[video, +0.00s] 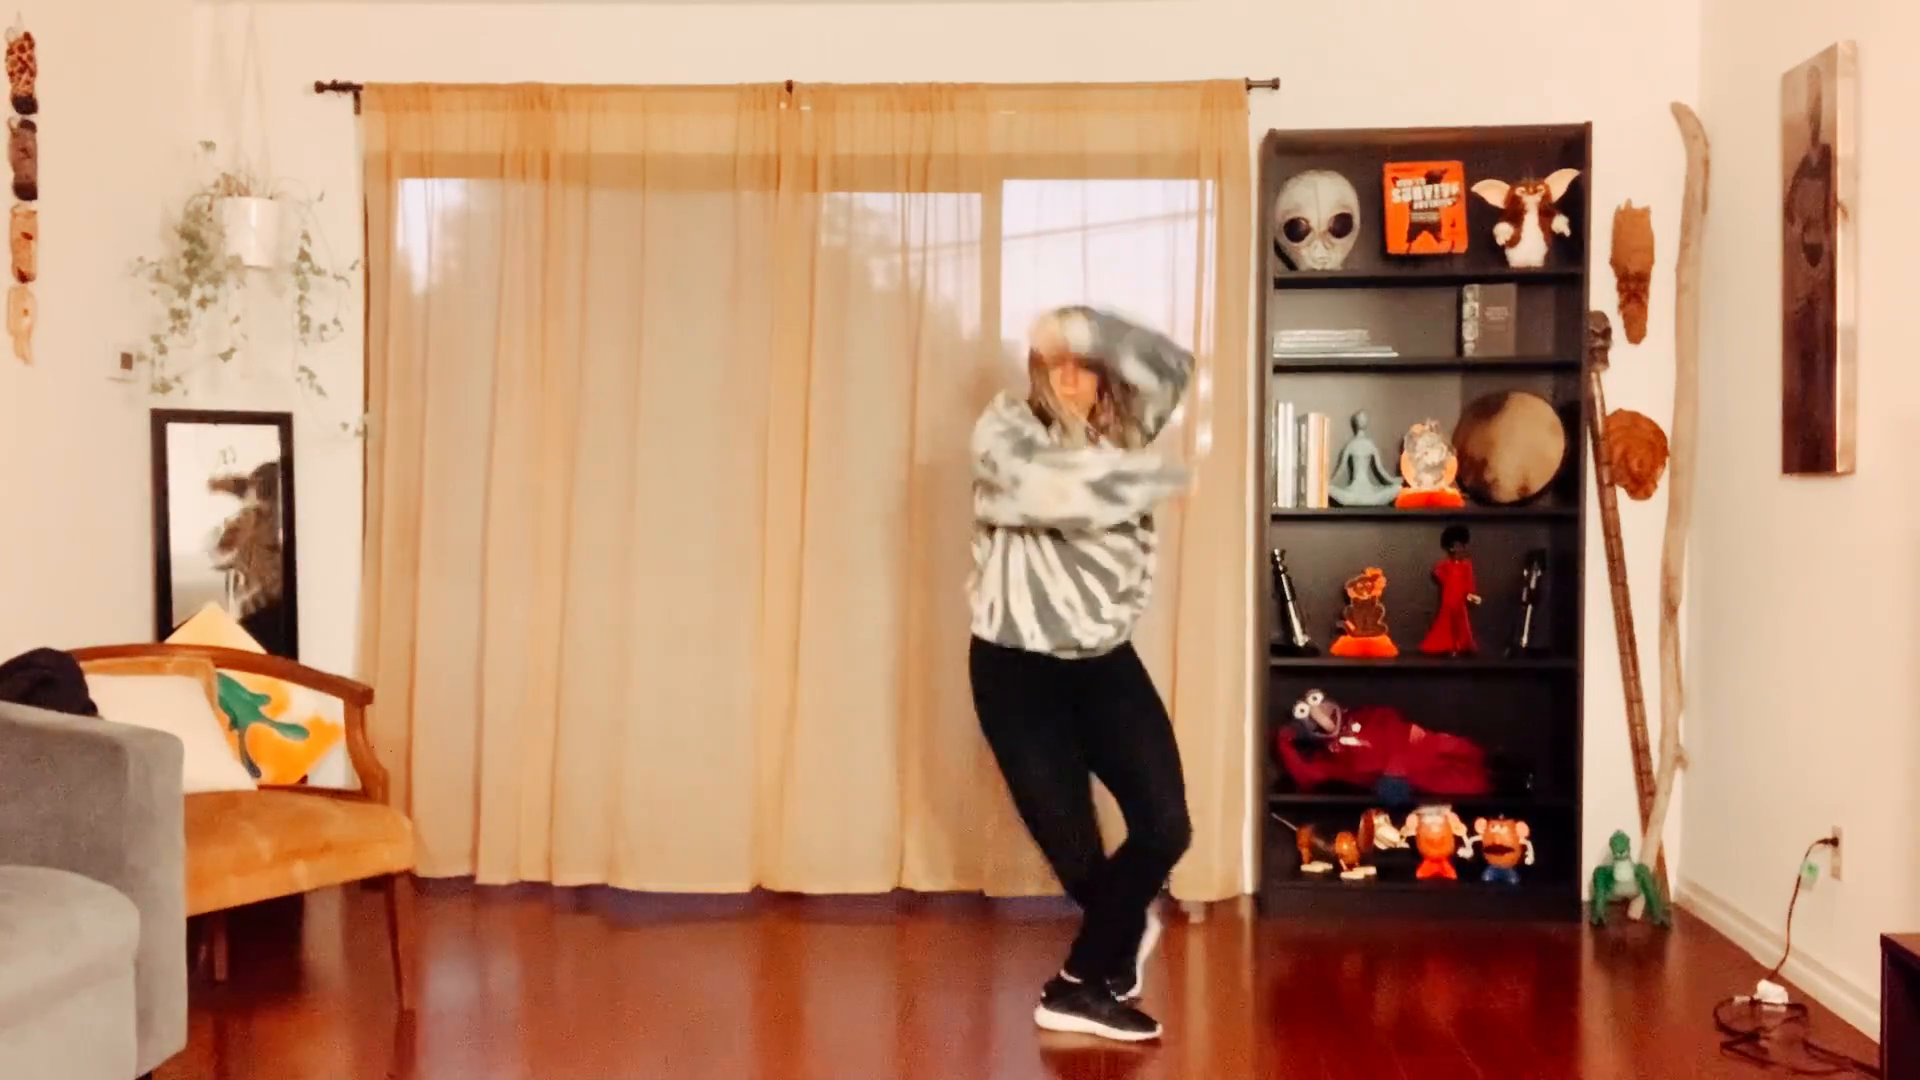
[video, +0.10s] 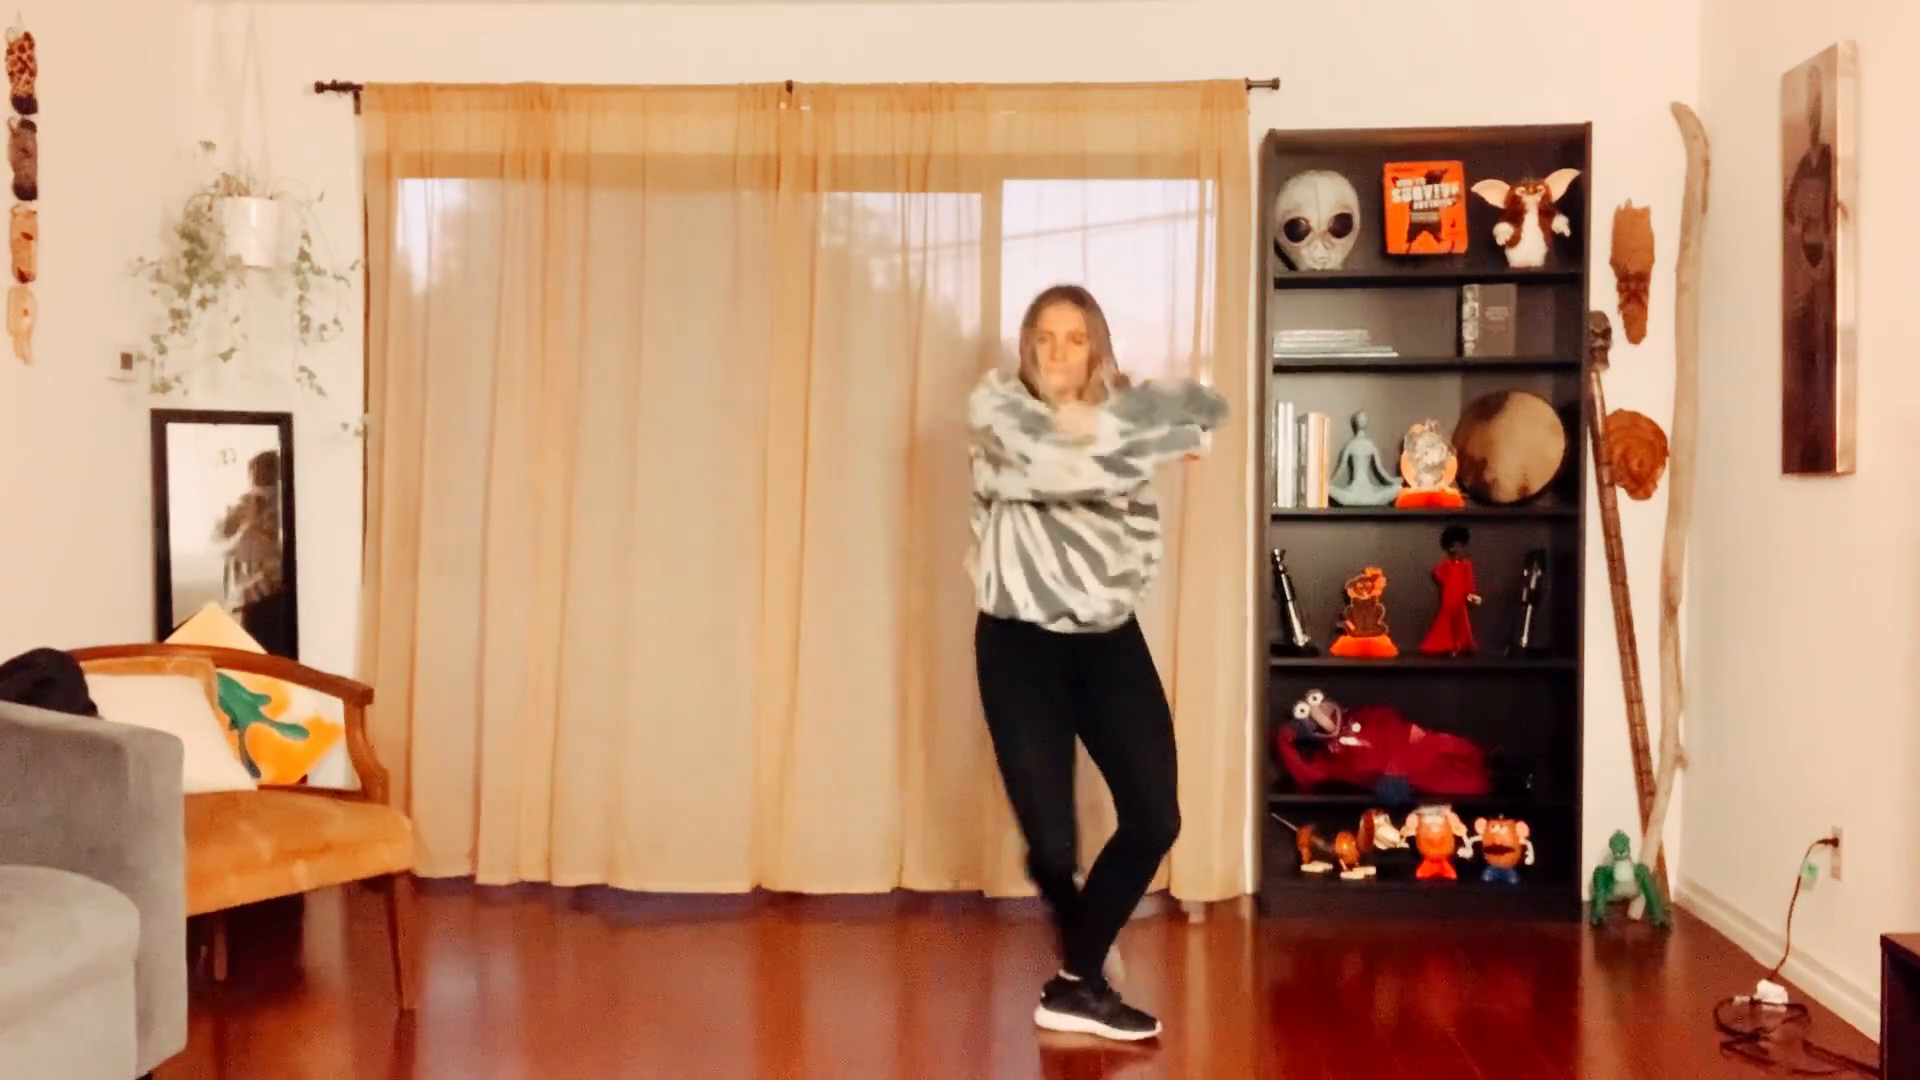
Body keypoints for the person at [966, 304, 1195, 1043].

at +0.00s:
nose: (1062, 381)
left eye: (1075, 367)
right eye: (1048, 367)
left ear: (1104, 373)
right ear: (1034, 373)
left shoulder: (1130, 435)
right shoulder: (1003, 430)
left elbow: (1176, 369)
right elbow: (1041, 491)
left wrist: (1097, 326)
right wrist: (1147, 479)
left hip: (1105, 661)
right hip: (1015, 666)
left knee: (1163, 826)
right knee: (1073, 858)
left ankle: (1080, 990)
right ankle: (1133, 921)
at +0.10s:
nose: (1060, 350)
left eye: (1075, 339)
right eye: (1047, 338)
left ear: (1100, 351)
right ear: (1025, 349)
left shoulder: (1130, 410)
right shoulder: (996, 406)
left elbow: (1207, 408)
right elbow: (1051, 465)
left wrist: (1090, 425)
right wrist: (1151, 443)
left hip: (1109, 638)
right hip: (1019, 641)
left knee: (1153, 818)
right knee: (1050, 846)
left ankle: (1074, 989)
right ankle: (1087, 955)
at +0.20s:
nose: (1049, 336)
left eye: (1064, 324)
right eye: (1035, 323)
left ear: (1088, 336)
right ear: (1013, 334)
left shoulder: (1126, 405)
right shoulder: (988, 397)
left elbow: (1235, 456)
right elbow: (1037, 463)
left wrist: (1196, 410)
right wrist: (1150, 456)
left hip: (1104, 635)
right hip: (1012, 634)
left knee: (1152, 818)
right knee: (986, 823)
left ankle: (1075, 983)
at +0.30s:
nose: (1042, 332)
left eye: (1058, 319)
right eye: (1027, 320)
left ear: (1081, 331)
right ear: (1008, 331)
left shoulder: (1122, 413)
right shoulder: (979, 403)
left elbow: (1209, 462)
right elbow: (997, 504)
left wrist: (1285, 460)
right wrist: (1108, 494)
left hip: (1099, 637)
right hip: (1003, 632)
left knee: (1153, 815)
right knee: (927, 806)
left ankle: (1076, 984)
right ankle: (862, 937)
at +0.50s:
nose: (1021, 323)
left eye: (1035, 311)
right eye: (1008, 310)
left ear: (1057, 324)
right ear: (985, 322)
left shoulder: (1091, 406)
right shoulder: (952, 393)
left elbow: (1181, 473)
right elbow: (968, 495)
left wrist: (1292, 491)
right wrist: (1077, 508)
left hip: (1058, 629)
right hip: (960, 626)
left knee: (1127, 808)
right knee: (891, 804)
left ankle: (1100, 972)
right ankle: (826, 972)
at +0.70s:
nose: (1004, 309)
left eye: (1018, 297)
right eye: (989, 297)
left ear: (1040, 310)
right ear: (968, 311)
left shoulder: (1072, 400)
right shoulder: (946, 402)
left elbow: (1140, 454)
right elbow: (929, 530)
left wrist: (1234, 464)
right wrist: (1007, 517)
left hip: (1029, 622)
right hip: (931, 614)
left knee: (1076, 810)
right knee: (867, 792)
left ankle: (1115, 974)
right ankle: (823, 969)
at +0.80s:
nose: (978, 300)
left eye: (991, 287)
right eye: (963, 290)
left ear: (1015, 301)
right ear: (940, 308)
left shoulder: (1050, 400)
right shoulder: (904, 397)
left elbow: (1119, 473)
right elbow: (852, 499)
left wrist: (1211, 498)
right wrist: (894, 518)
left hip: (1011, 615)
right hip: (910, 613)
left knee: (1059, 800)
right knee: (853, 790)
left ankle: (1110, 970)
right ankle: (823, 970)